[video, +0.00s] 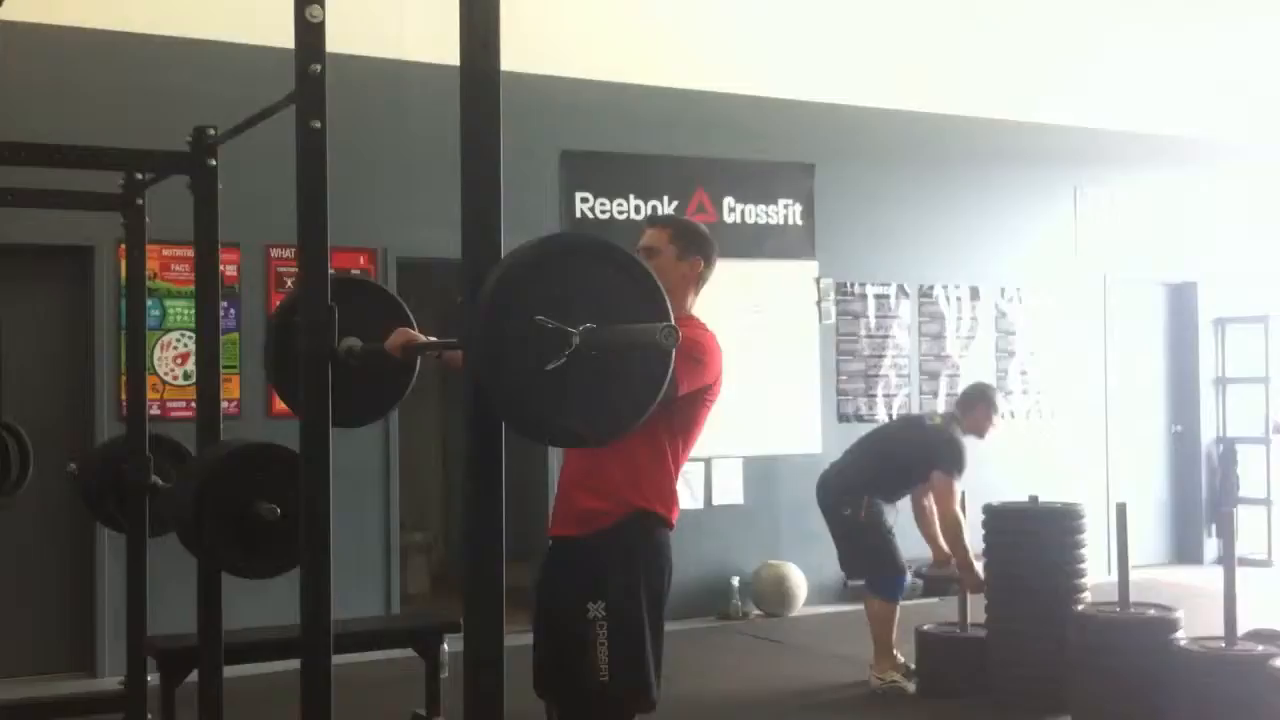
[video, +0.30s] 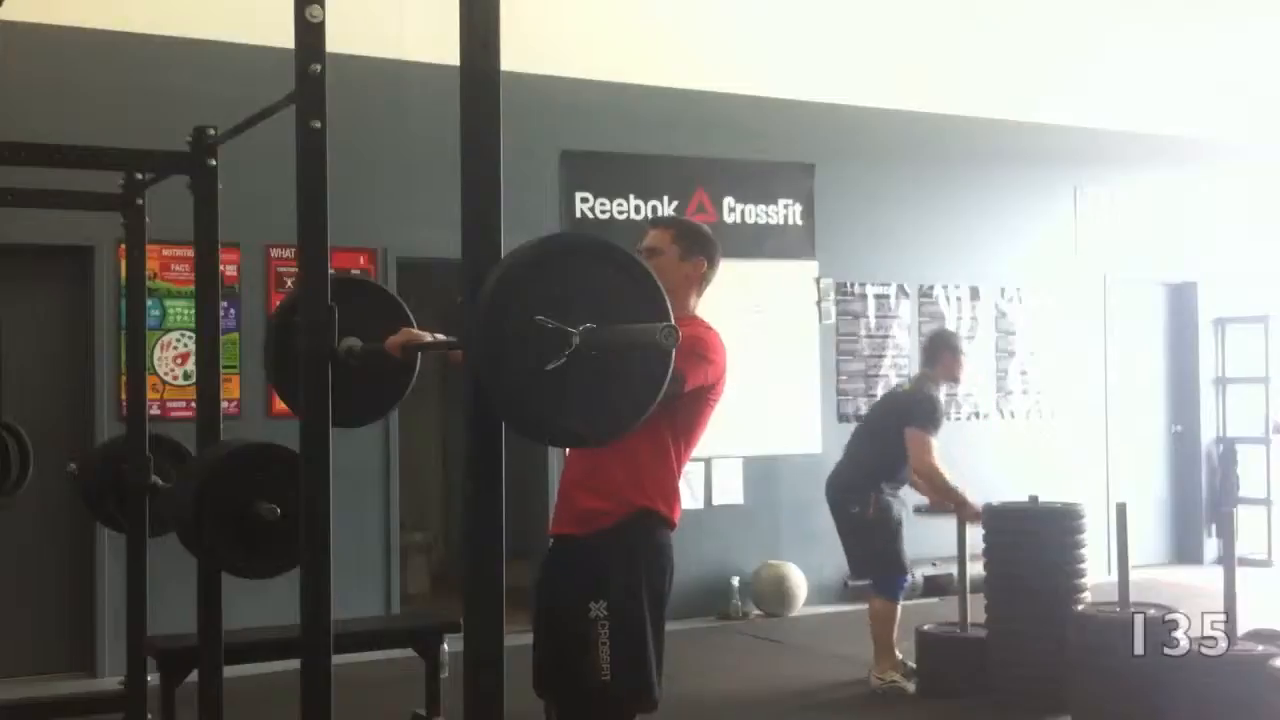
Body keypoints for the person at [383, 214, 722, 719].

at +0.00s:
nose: (635, 263)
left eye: (650, 253)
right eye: (637, 253)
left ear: (694, 269)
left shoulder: (697, 343)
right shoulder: (613, 332)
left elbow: (619, 379)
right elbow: (528, 360)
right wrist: (430, 347)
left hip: (628, 533)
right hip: (570, 531)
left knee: (616, 696)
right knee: (559, 689)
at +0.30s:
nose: (638, 263)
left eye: (653, 253)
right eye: (640, 253)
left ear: (697, 268)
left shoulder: (700, 341)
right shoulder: (618, 332)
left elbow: (628, 384)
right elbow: (533, 357)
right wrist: (436, 343)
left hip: (629, 533)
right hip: (571, 532)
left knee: (615, 699)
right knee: (560, 693)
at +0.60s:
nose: (641, 274)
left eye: (656, 265)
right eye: (642, 265)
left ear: (697, 278)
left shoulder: (697, 348)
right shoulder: (620, 337)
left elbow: (625, 381)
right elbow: (528, 356)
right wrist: (437, 345)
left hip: (617, 530)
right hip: (562, 525)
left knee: (576, 694)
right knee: (527, 686)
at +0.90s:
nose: (517, 271)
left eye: (530, 259)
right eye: (512, 258)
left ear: (560, 267)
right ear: (504, 262)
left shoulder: (579, 361)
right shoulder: (506, 356)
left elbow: (553, 468)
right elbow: (453, 430)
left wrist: (525, 371)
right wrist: (418, 380)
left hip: (551, 538)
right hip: (496, 537)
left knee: (515, 691)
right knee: (473, 684)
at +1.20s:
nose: (432, 278)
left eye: (448, 269)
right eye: (438, 267)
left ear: (482, 283)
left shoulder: (502, 369)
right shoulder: (434, 371)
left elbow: (430, 455)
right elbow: (360, 452)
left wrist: (453, 355)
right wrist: (377, 368)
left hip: (458, 587)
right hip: (414, 585)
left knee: (370, 707)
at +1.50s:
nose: (428, 273)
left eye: (444, 264)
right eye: (433, 262)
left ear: (480, 278)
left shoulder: (500, 366)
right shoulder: (426, 364)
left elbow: (412, 439)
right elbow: (342, 438)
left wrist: (459, 340)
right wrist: (377, 359)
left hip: (433, 575)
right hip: (389, 574)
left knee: (365, 707)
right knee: (372, 706)